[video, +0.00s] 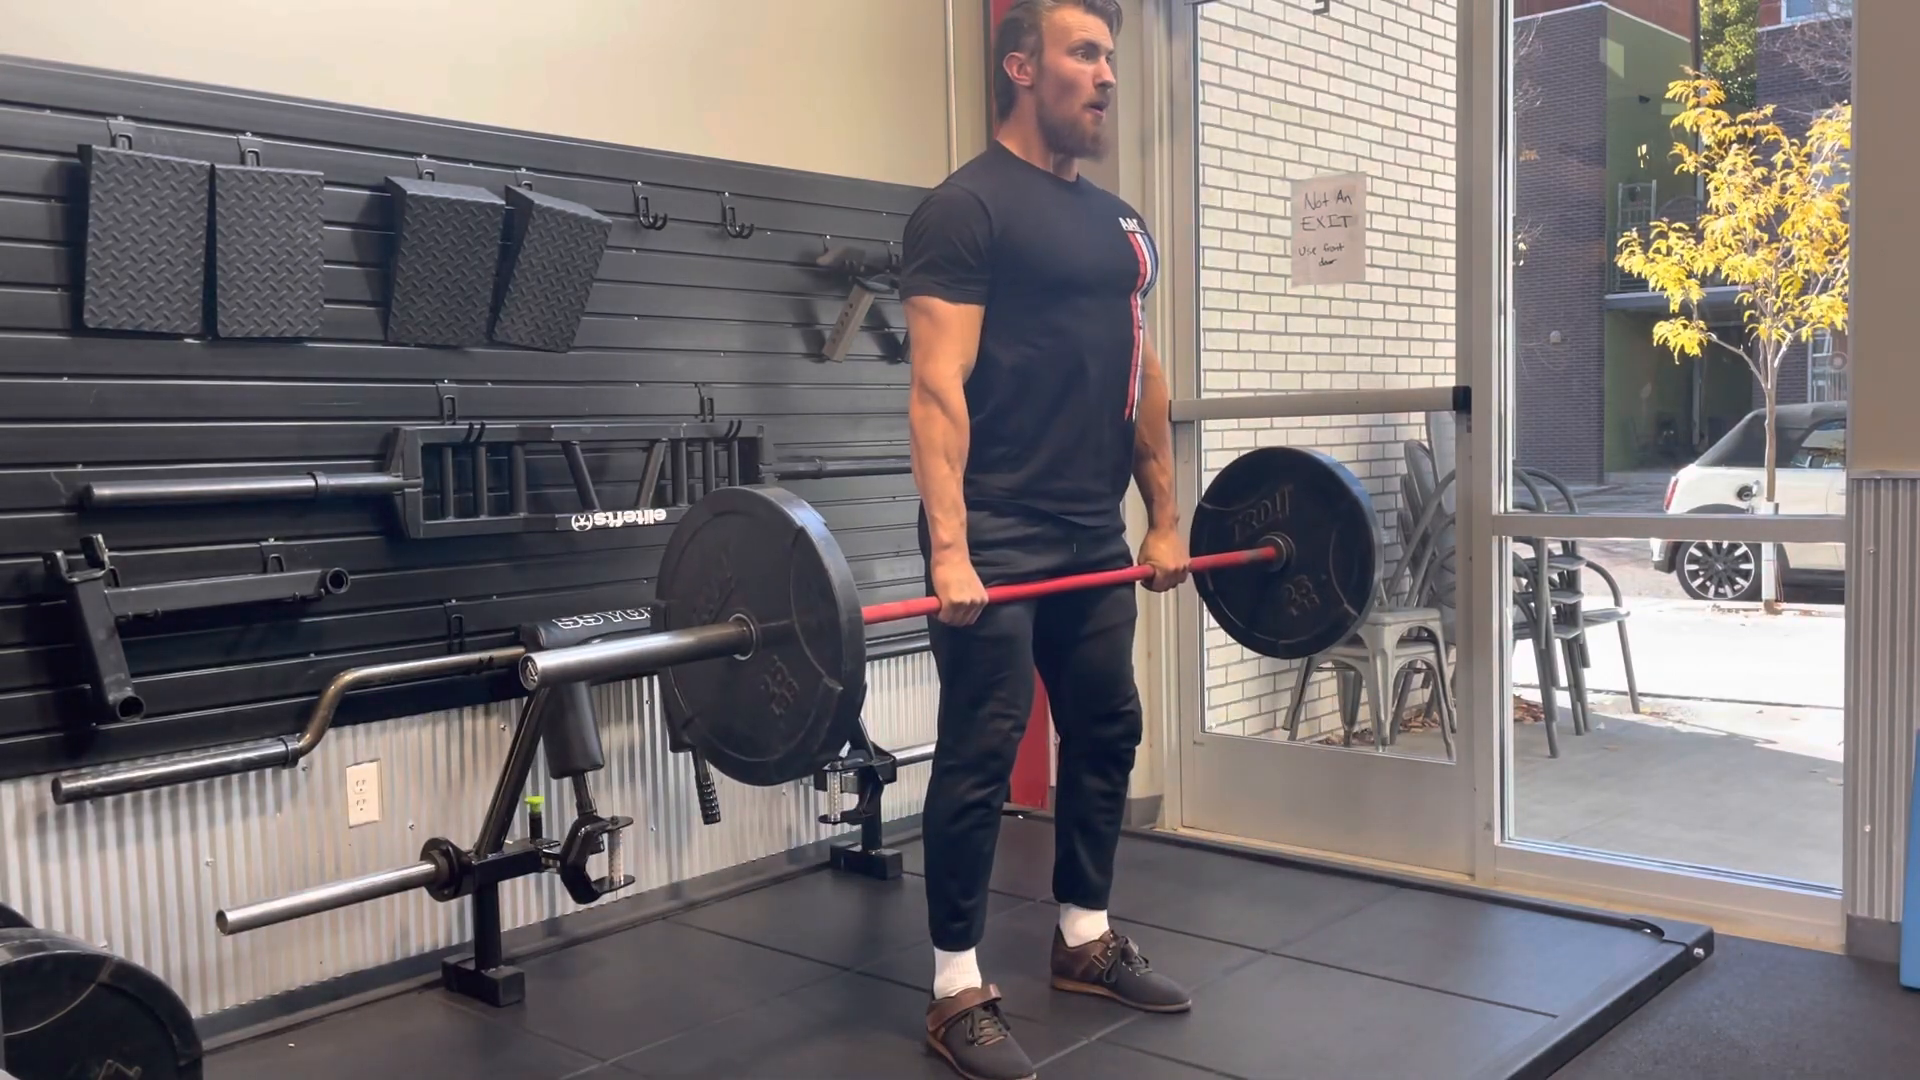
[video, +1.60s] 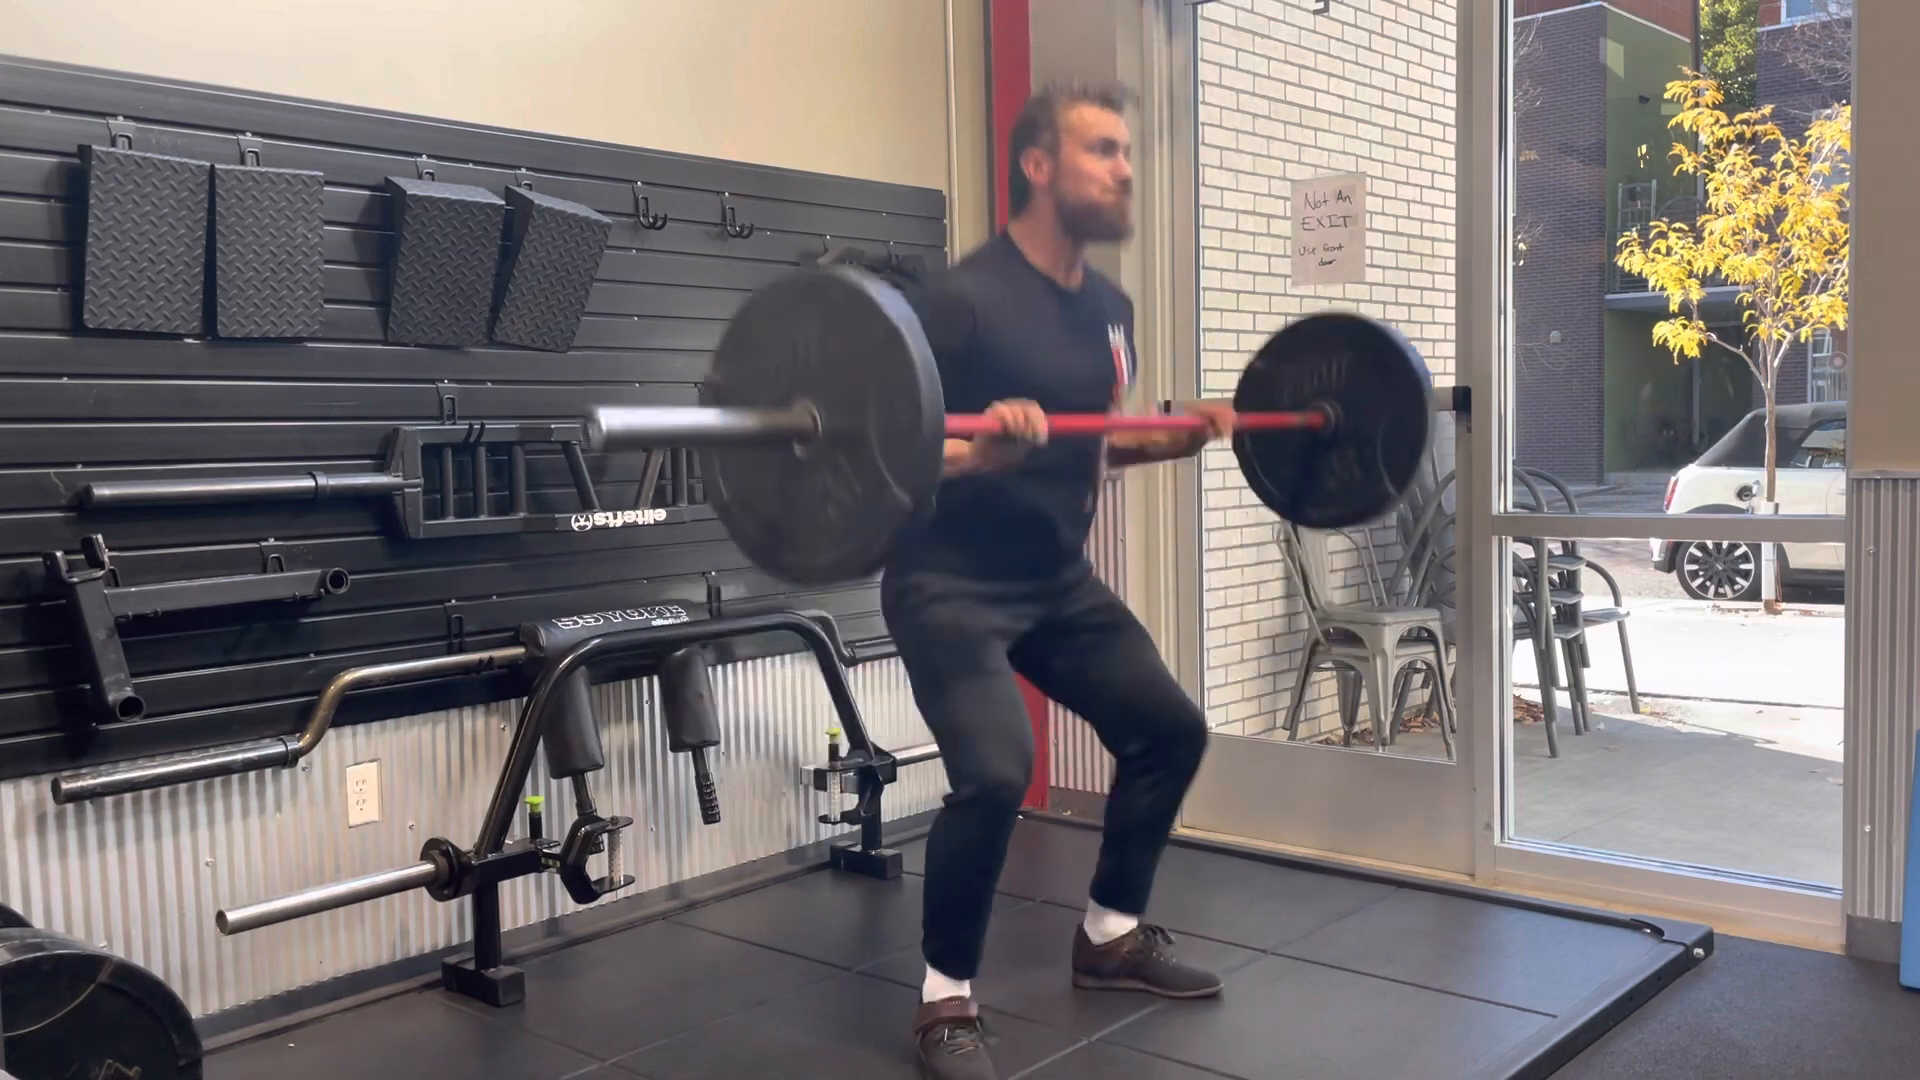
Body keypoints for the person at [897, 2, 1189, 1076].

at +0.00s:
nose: (1108, 76)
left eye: (1111, 59)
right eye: (1087, 54)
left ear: (1101, 79)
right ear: (1019, 69)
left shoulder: (1119, 222)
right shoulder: (962, 207)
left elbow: (1140, 373)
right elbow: (936, 392)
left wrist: (1164, 516)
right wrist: (947, 547)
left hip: (1091, 527)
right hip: (988, 531)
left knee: (1104, 732)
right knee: (982, 749)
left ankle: (1084, 939)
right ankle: (957, 986)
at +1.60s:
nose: (1123, 171)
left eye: (1125, 154)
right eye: (1101, 151)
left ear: (1112, 174)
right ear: (1034, 167)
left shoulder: (1107, 307)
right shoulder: (954, 299)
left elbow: (1099, 446)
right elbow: (884, 450)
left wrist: (1194, 427)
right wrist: (979, 446)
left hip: (1056, 581)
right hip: (948, 582)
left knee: (1170, 732)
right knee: (996, 771)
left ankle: (1110, 939)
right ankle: (944, 1003)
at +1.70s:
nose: (1132, 240)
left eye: (1133, 223)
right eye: (1108, 222)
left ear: (1130, 245)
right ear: (1044, 243)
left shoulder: (1117, 383)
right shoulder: (971, 378)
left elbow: (1121, 527)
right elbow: (931, 556)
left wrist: (1197, 453)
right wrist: (1017, 458)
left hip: (1053, 633)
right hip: (942, 632)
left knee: (1200, 747)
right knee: (993, 796)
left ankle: (1113, 937)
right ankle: (944, 1000)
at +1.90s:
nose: (1117, 374)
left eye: (1120, 357)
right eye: (1096, 355)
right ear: (1033, 366)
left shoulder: (1137, 496)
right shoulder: (989, 500)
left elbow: (1274, 562)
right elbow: (1060, 575)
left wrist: (1220, 449)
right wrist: (1040, 436)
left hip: (1050, 726)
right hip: (934, 729)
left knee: (1214, 754)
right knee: (999, 824)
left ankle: (1114, 938)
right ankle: (948, 1002)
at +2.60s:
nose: (1116, 291)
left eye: (1121, 275)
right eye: (1096, 273)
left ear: (1120, 287)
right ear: (1034, 281)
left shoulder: (1134, 403)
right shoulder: (991, 391)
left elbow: (1282, 451)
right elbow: (1054, 458)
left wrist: (1201, 344)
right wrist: (1036, 324)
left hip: (1061, 662)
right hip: (951, 664)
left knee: (1216, 752)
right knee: (996, 816)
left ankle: (1114, 937)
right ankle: (948, 999)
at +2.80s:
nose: (1108, 172)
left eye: (1114, 154)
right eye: (1087, 151)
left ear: (1111, 174)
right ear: (1023, 161)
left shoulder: (1137, 287)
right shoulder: (982, 278)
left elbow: (1280, 326)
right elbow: (1052, 308)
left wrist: (1190, 226)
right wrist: (1020, 193)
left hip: (1074, 581)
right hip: (966, 586)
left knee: (1193, 739)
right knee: (999, 778)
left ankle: (1111, 938)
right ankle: (947, 998)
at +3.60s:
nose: (1104, 87)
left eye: (1110, 71)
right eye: (1085, 67)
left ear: (1110, 88)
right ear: (1020, 72)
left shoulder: (1124, 207)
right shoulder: (977, 192)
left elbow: (1217, 313)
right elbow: (1008, 297)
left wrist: (1204, 194)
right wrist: (1008, 147)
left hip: (1108, 519)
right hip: (1005, 516)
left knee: (1116, 732)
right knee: (985, 746)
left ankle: (1104, 936)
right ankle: (945, 993)